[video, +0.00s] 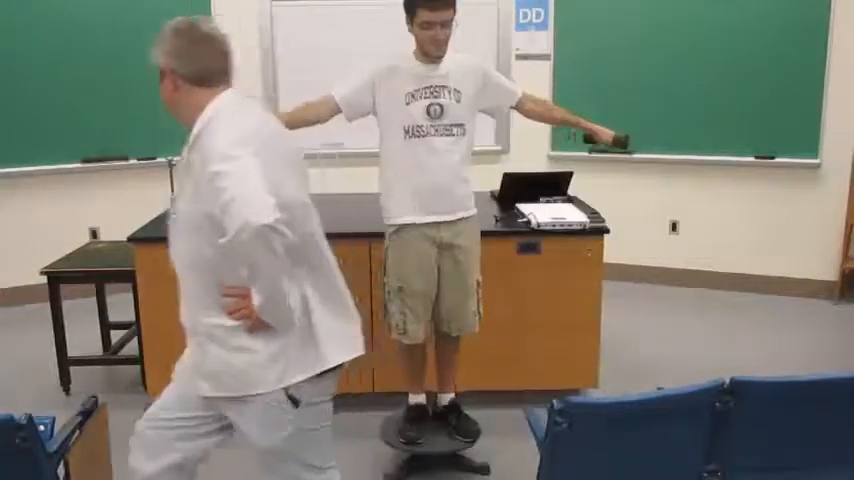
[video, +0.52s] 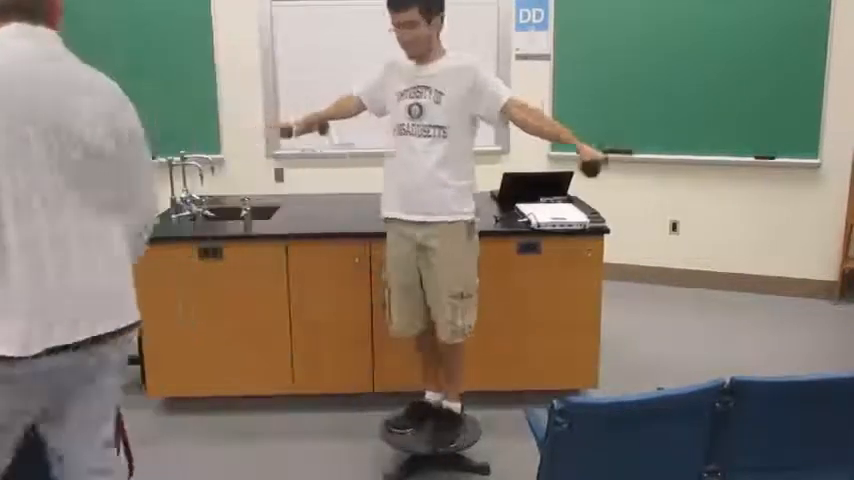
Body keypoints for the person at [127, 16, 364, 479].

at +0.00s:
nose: (159, 92)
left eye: (159, 79)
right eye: (160, 79)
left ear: (171, 81)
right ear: (223, 69)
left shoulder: (224, 138)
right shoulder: (244, 120)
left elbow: (257, 223)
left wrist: (271, 306)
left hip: (273, 362)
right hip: (233, 355)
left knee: (308, 474)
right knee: (156, 448)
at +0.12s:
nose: (82, 64)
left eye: (81, 52)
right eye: (83, 54)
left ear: (89, 49)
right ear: (143, 41)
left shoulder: (122, 105)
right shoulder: (167, 90)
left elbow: (131, 182)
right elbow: (216, 169)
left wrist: (165, 286)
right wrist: (160, 272)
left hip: (167, 354)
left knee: (193, 470)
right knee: (100, 463)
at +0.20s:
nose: (82, 64)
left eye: (81, 52)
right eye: (83, 54)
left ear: (89, 49)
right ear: (143, 41)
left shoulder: (122, 104)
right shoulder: (167, 90)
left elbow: (131, 181)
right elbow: (217, 165)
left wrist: (164, 286)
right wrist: (163, 271)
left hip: (170, 354)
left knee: (200, 470)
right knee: (100, 464)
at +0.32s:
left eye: (34, 22)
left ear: (36, 22)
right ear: (106, 19)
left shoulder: (30, 80)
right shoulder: (146, 89)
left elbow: (13, 162)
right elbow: (178, 204)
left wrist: (57, 270)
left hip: (62, 361)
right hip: (135, 352)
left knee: (26, 465)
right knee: (116, 467)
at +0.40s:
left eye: (34, 22)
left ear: (36, 22)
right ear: (106, 19)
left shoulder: (31, 80)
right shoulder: (147, 89)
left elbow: (13, 162)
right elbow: (178, 206)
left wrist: (57, 270)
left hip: (62, 360)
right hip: (136, 352)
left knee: (26, 465)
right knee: (116, 466)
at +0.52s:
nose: (62, 15)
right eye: (62, 10)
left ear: (1, 15)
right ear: (56, 12)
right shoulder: (99, 93)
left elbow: (139, 211)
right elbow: (140, 210)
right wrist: (101, 270)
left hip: (10, 329)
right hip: (95, 321)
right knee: (91, 470)